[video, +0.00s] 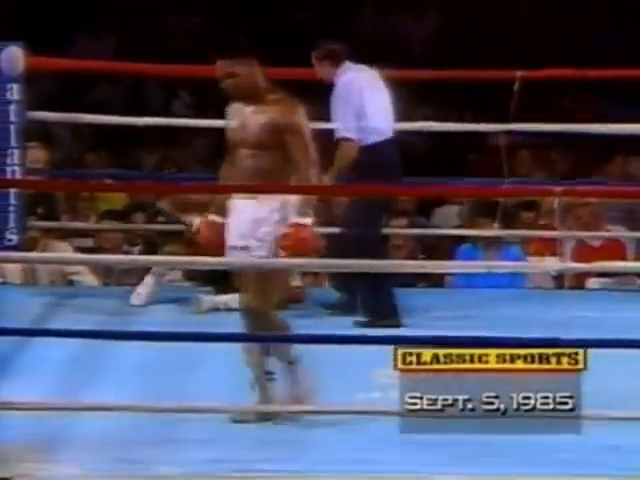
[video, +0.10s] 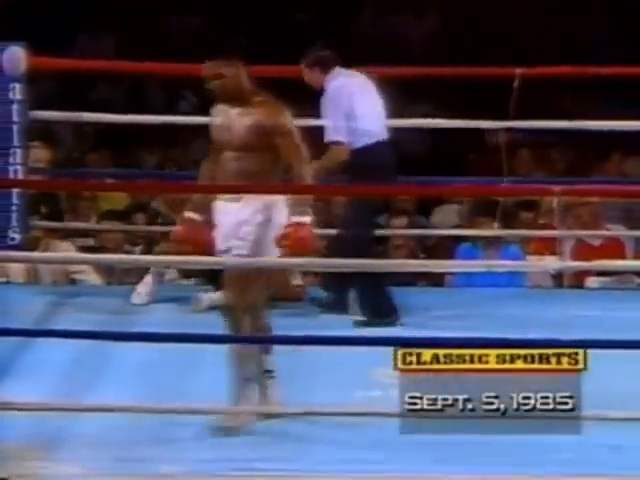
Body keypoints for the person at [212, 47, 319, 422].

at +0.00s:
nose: (228, 87)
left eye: (232, 78)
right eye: (223, 80)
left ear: (254, 73)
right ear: (226, 84)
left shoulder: (287, 111)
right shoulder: (234, 112)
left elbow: (306, 167)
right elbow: (233, 163)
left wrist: (303, 218)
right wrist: (217, 212)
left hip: (276, 209)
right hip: (241, 210)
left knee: (261, 305)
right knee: (250, 306)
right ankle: (264, 395)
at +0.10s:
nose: (214, 86)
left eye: (219, 78)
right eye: (211, 80)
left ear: (241, 74)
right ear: (213, 83)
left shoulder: (272, 113)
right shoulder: (219, 113)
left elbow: (299, 163)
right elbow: (214, 161)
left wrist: (302, 215)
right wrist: (195, 206)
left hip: (262, 209)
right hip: (227, 209)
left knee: (235, 299)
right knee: (249, 300)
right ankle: (266, 388)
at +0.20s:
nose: (192, 96)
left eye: (198, 88)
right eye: (188, 89)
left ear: (219, 84)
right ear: (188, 90)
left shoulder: (253, 126)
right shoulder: (198, 126)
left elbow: (281, 178)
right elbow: (186, 172)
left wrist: (285, 228)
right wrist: (161, 217)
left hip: (240, 220)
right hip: (203, 219)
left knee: (210, 311)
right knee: (239, 310)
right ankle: (267, 393)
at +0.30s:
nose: (179, 102)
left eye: (184, 93)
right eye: (175, 95)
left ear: (204, 89)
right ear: (175, 97)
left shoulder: (238, 131)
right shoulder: (184, 128)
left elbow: (266, 182)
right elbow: (173, 173)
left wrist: (267, 233)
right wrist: (148, 216)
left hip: (224, 222)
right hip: (188, 220)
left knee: (187, 310)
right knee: (226, 309)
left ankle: (162, 408)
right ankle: (265, 388)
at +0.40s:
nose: (162, 102)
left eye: (167, 94)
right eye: (157, 96)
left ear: (187, 89)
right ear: (156, 97)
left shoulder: (218, 131)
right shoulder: (164, 125)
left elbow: (241, 186)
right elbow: (155, 173)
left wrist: (235, 237)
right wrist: (132, 222)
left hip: (198, 221)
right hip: (165, 219)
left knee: (170, 315)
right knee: (175, 316)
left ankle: (164, 412)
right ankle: (242, 361)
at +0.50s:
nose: (155, 99)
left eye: (160, 91)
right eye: (150, 93)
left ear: (180, 86)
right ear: (149, 95)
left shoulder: (209, 128)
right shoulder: (158, 125)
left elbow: (222, 187)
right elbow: (145, 173)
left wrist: (213, 236)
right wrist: (125, 219)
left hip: (188, 220)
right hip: (155, 219)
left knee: (167, 318)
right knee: (150, 314)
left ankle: (169, 409)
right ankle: (214, 353)